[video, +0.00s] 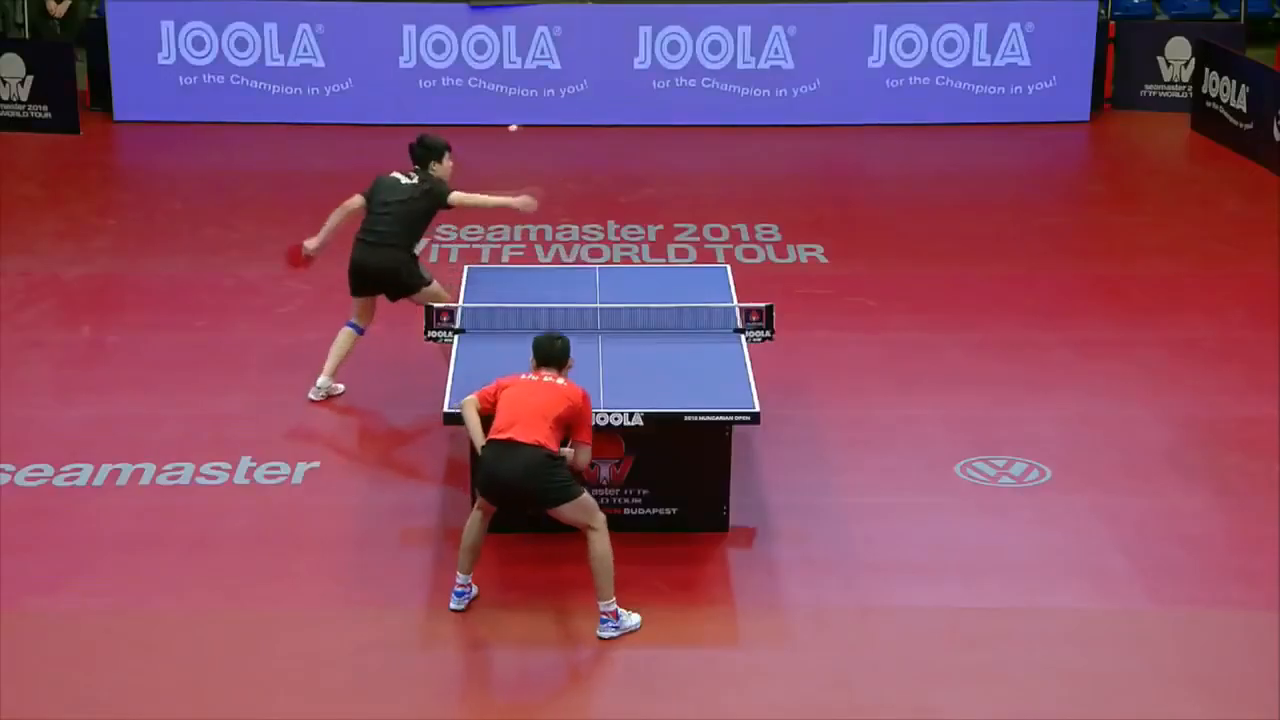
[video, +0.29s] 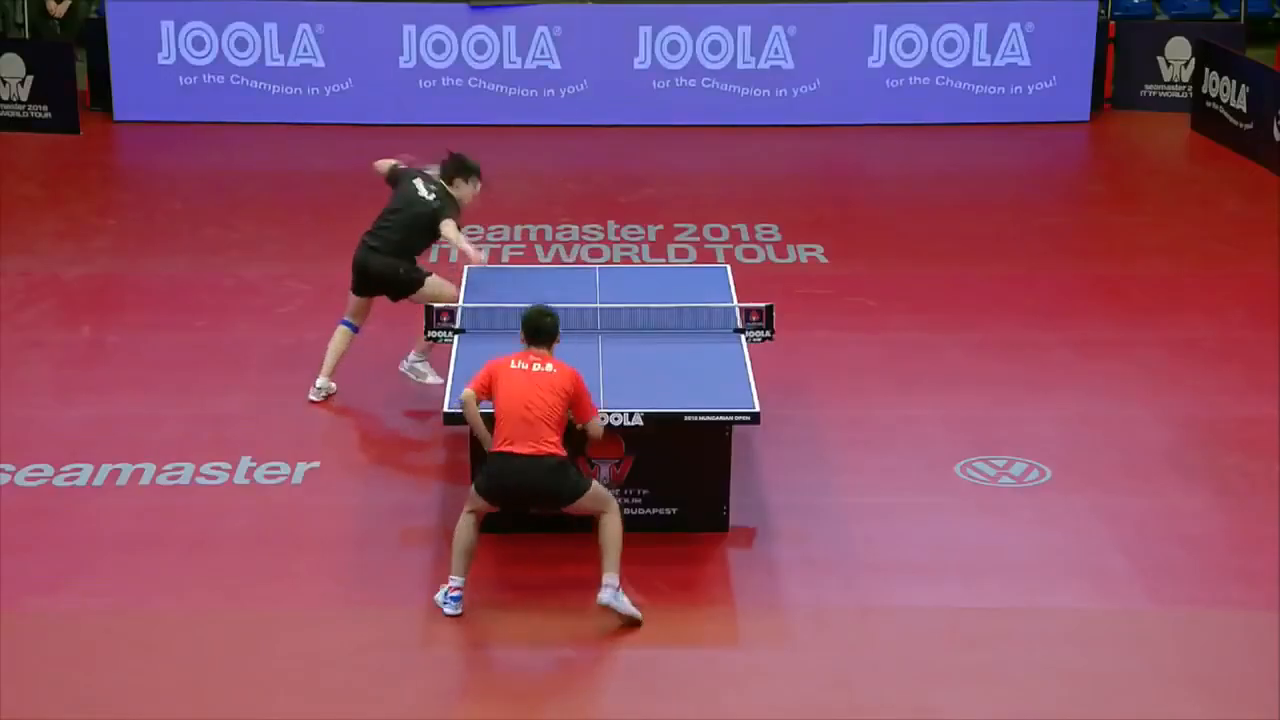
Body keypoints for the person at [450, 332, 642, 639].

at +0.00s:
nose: (568, 364)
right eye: (568, 362)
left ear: (533, 362)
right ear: (567, 364)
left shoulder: (508, 383)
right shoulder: (577, 395)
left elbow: (468, 403)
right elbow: (581, 463)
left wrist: (482, 447)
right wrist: (565, 453)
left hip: (494, 458)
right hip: (538, 464)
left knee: (482, 510)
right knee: (596, 523)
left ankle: (460, 589)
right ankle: (610, 615)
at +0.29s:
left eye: (523, 332)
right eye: (553, 334)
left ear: (522, 335)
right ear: (556, 338)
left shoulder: (499, 366)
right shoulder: (568, 375)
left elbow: (468, 399)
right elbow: (595, 430)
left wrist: (487, 442)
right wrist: (580, 423)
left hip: (501, 468)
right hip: (551, 470)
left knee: (471, 513)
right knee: (609, 508)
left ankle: (453, 592)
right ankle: (610, 588)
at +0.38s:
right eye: (559, 317)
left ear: (530, 321)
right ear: (563, 322)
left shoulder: (509, 353)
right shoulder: (577, 362)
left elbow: (476, 385)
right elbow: (616, 406)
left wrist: (495, 409)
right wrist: (596, 388)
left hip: (515, 465)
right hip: (563, 465)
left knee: (478, 509)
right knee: (620, 487)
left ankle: (455, 587)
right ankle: (642, 569)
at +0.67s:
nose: (547, 335)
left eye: (548, 331)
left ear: (550, 337)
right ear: (583, 336)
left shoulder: (538, 372)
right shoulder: (606, 368)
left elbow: (515, 404)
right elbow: (636, 387)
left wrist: (541, 385)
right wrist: (603, 379)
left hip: (562, 482)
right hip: (612, 481)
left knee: (497, 489)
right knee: (640, 475)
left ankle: (487, 576)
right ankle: (669, 555)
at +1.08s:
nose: (569, 341)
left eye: (570, 336)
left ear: (573, 339)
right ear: (607, 336)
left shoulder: (568, 365)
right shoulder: (629, 356)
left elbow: (550, 390)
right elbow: (649, 356)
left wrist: (547, 382)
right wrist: (629, 347)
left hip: (591, 474)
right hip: (635, 473)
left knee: (515, 492)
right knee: (649, 470)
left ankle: (487, 576)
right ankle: (669, 554)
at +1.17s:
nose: (570, 317)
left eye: (570, 312)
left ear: (572, 316)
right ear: (605, 313)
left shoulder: (563, 349)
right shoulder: (632, 341)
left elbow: (520, 394)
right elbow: (675, 376)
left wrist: (481, 423)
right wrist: (691, 371)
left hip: (584, 456)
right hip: (628, 457)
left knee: (511, 491)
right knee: (643, 475)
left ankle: (488, 578)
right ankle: (669, 554)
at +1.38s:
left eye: (559, 313)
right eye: (591, 312)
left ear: (558, 317)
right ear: (593, 316)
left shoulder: (543, 357)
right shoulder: (615, 354)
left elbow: (494, 400)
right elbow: (658, 397)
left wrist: (482, 393)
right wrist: (668, 386)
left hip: (560, 468)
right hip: (613, 466)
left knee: (509, 507)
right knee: (649, 493)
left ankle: (491, 593)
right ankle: (670, 571)